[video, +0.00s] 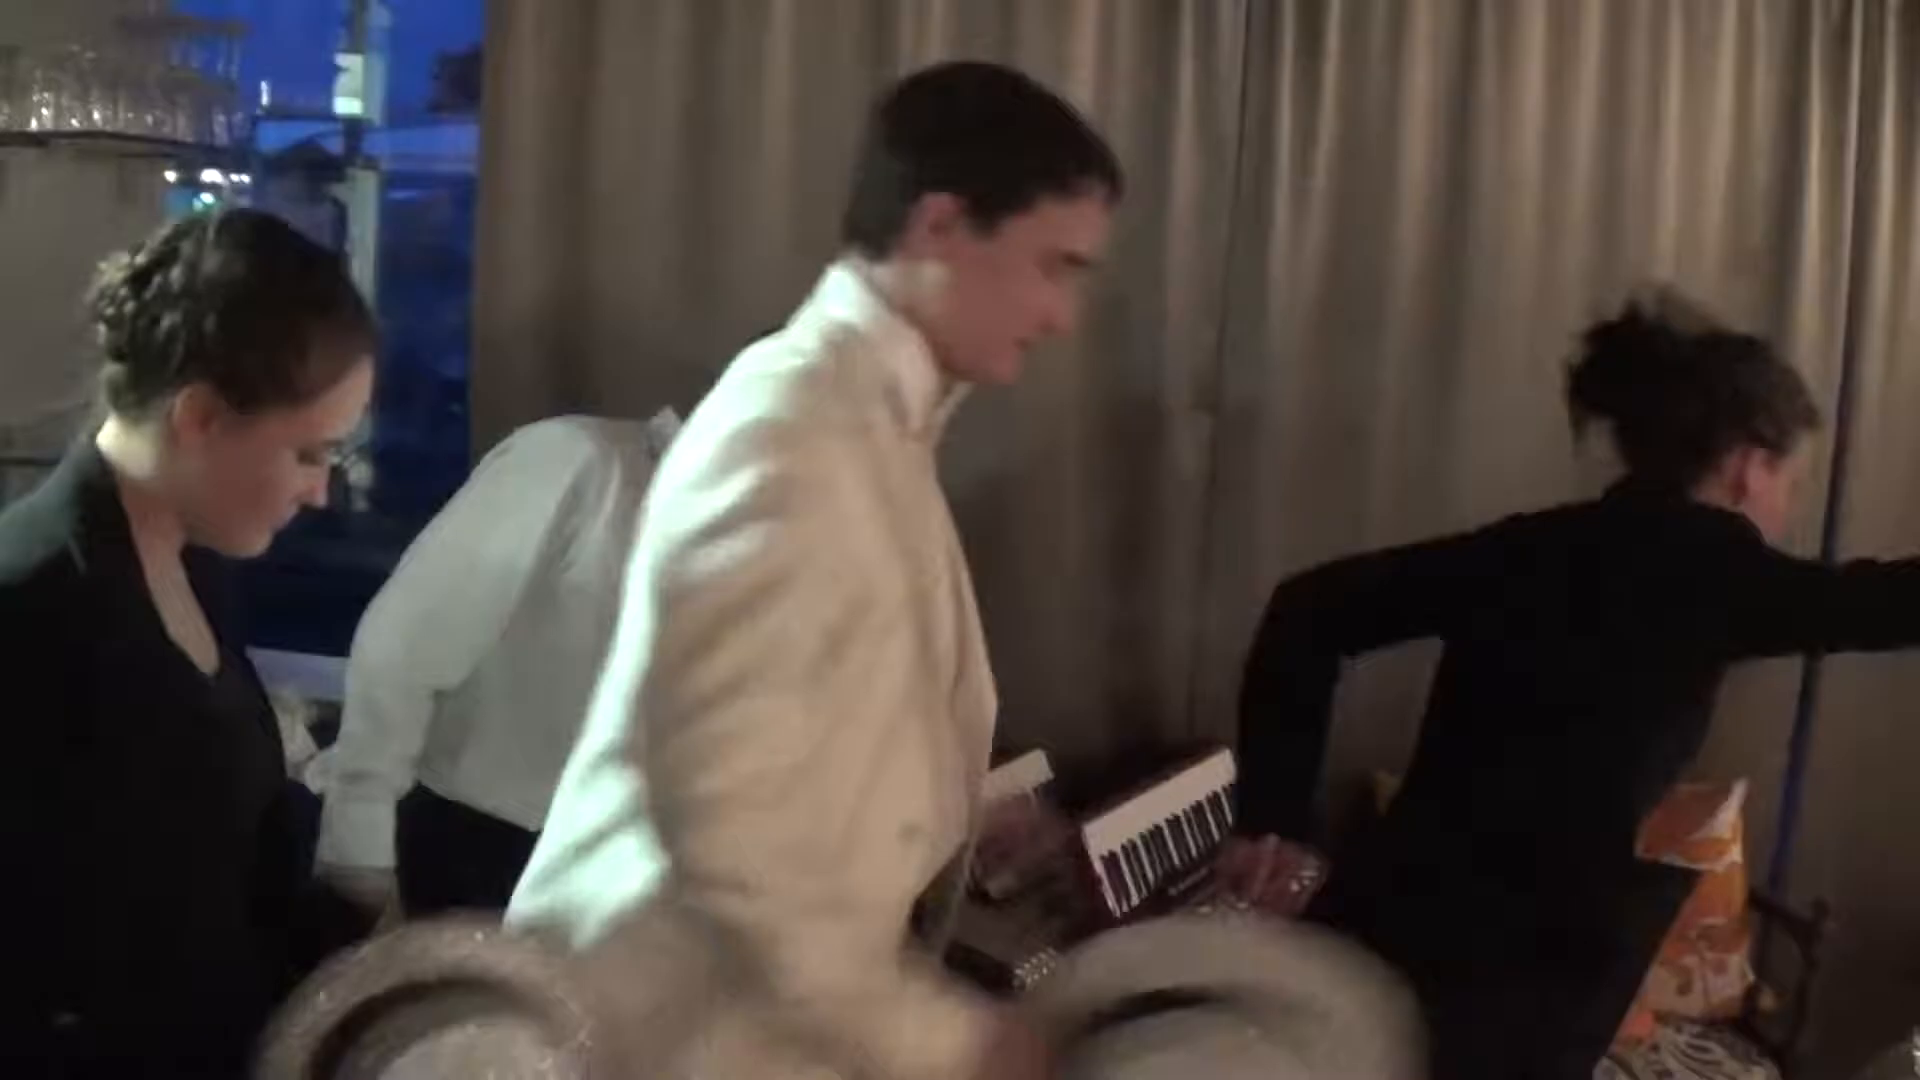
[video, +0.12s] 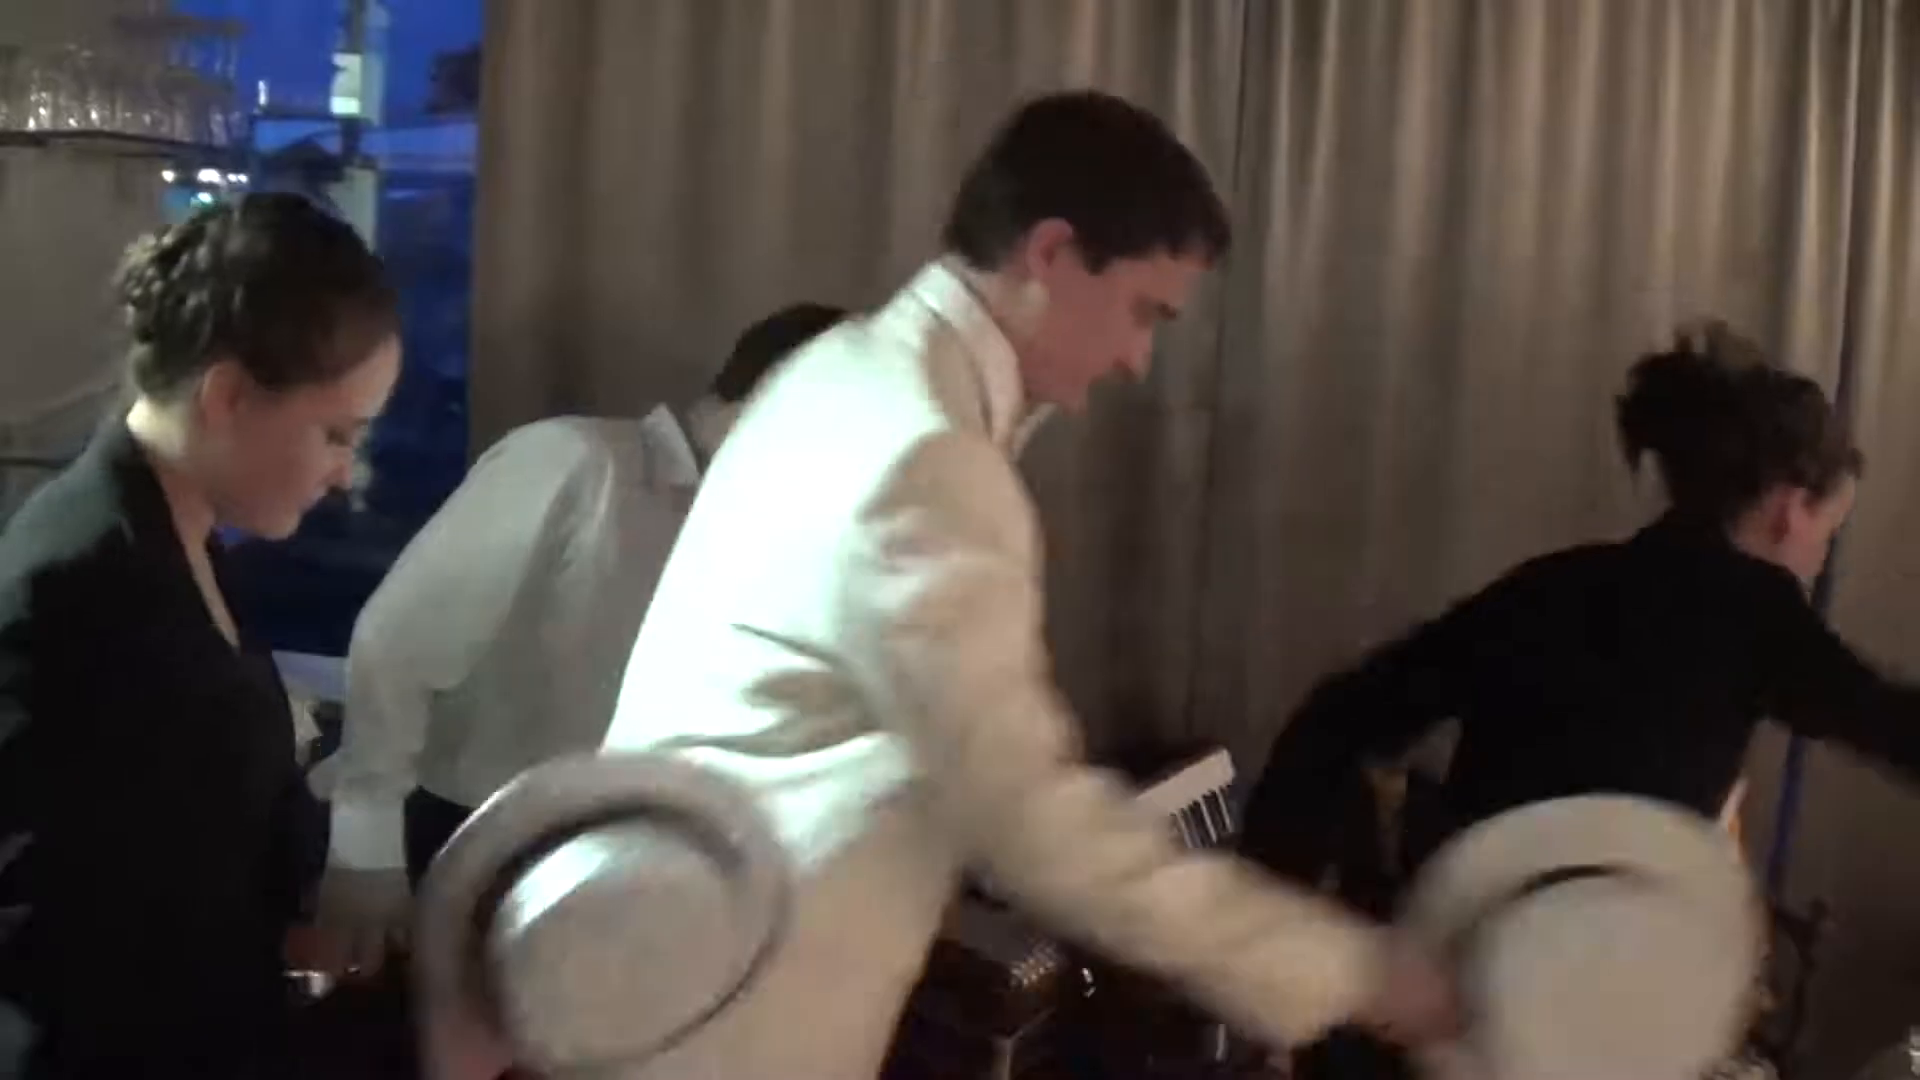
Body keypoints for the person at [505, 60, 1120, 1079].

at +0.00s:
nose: (1066, 317)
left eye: (1077, 276)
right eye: (1059, 267)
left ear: (936, 232)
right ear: (939, 227)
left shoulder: (869, 413)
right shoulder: (797, 421)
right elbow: (738, 808)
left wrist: (967, 829)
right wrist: (948, 1041)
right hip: (660, 1020)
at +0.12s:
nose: (1136, 362)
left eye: (1158, 326)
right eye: (1141, 313)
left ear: (1046, 257)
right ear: (1049, 256)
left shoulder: (833, 379)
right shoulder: (919, 454)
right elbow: (1028, 810)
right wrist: (1348, 973)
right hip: (730, 1025)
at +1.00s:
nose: (1223, 258)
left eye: (1219, 223)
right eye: (1206, 222)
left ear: (1084, 240)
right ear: (1120, 237)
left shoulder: (899, 423)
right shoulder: (1148, 484)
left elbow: (784, 629)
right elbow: (1313, 762)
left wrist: (718, 821)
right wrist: (1578, 804)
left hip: (902, 927)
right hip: (1080, 974)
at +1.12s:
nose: (1229, 283)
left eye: (1227, 249)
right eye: (1217, 247)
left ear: (1120, 266)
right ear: (1133, 263)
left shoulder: (924, 452)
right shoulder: (1153, 505)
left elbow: (874, 721)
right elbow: (1272, 800)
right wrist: (1502, 902)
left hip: (938, 958)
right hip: (1088, 993)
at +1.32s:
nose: (1225, 302)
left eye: (1220, 269)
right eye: (1210, 269)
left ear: (1114, 294)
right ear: (1127, 291)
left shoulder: (970, 459)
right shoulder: (1108, 515)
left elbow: (1018, 710)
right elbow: (1086, 846)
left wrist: (1232, 778)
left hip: (927, 1001)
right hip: (1042, 1034)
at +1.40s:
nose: (1227, 288)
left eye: (1222, 257)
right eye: (1213, 257)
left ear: (1117, 278)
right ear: (1128, 276)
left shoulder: (1006, 423)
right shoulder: (1112, 485)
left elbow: (1144, 613)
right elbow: (1028, 783)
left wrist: (1317, 646)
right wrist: (1089, 1032)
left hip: (931, 981)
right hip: (1029, 1016)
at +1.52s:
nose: (1279, 305)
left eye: (1276, 276)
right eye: (1263, 275)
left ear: (1164, 298)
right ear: (1178, 294)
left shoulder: (1047, 419)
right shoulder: (1183, 495)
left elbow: (1144, 597)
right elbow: (1084, 773)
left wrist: (1359, 579)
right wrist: (1135, 1011)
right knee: (1355, 1040)